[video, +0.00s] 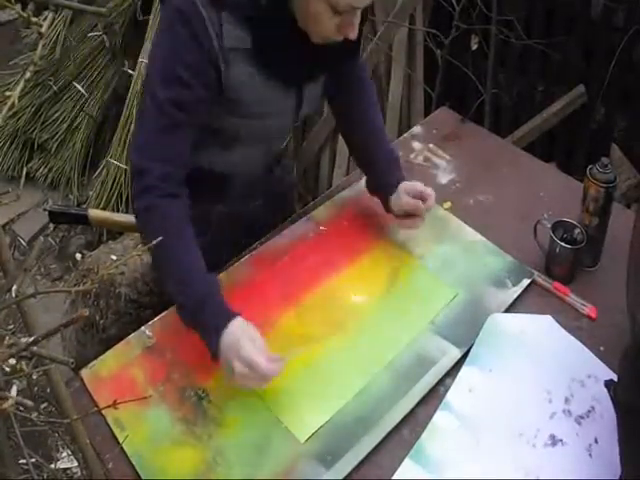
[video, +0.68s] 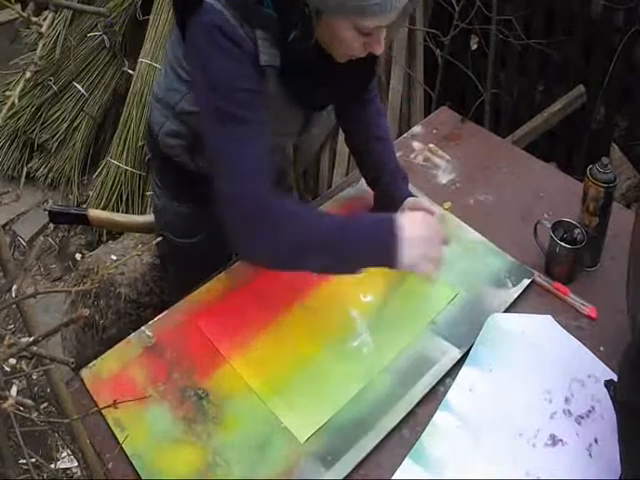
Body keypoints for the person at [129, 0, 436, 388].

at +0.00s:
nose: (351, 29)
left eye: (360, 13)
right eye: (339, 11)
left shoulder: (326, 23)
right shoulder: (196, 21)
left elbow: (352, 93)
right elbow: (156, 187)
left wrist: (391, 184)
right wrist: (217, 322)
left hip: (271, 194)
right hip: (202, 209)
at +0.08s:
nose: (358, 59)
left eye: (367, 39)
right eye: (345, 39)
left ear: (378, 22)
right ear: (294, 12)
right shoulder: (205, 35)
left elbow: (353, 98)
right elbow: (177, 219)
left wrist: (392, 190)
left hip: (272, 206)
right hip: (204, 221)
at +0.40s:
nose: (367, 68)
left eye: (377, 47)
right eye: (352, 46)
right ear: (305, 17)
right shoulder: (216, 42)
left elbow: (358, 111)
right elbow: (212, 199)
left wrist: (396, 200)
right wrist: (303, 283)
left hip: (269, 173)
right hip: (195, 182)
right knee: (197, 305)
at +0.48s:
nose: (371, 64)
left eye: (382, 48)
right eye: (358, 46)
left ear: (395, 28)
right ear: (314, 14)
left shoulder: (349, 46)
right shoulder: (215, 33)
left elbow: (366, 120)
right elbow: (123, 121)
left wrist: (400, 199)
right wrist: (62, 244)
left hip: (273, 189)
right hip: (201, 195)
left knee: (275, 289)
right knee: (197, 304)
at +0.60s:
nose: (377, 67)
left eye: (385, 52)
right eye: (366, 52)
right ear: (316, 25)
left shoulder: (344, 47)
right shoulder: (209, 35)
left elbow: (367, 123)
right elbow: (108, 53)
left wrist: (399, 200)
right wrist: (146, 187)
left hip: (271, 188)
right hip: (199, 196)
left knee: (272, 294)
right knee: (200, 306)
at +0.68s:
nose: (377, 49)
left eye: (384, 31)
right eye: (364, 32)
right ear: (314, 10)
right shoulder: (224, 27)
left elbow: (359, 103)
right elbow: (257, 225)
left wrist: (398, 196)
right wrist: (385, 240)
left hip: (272, 170)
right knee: (205, 316)